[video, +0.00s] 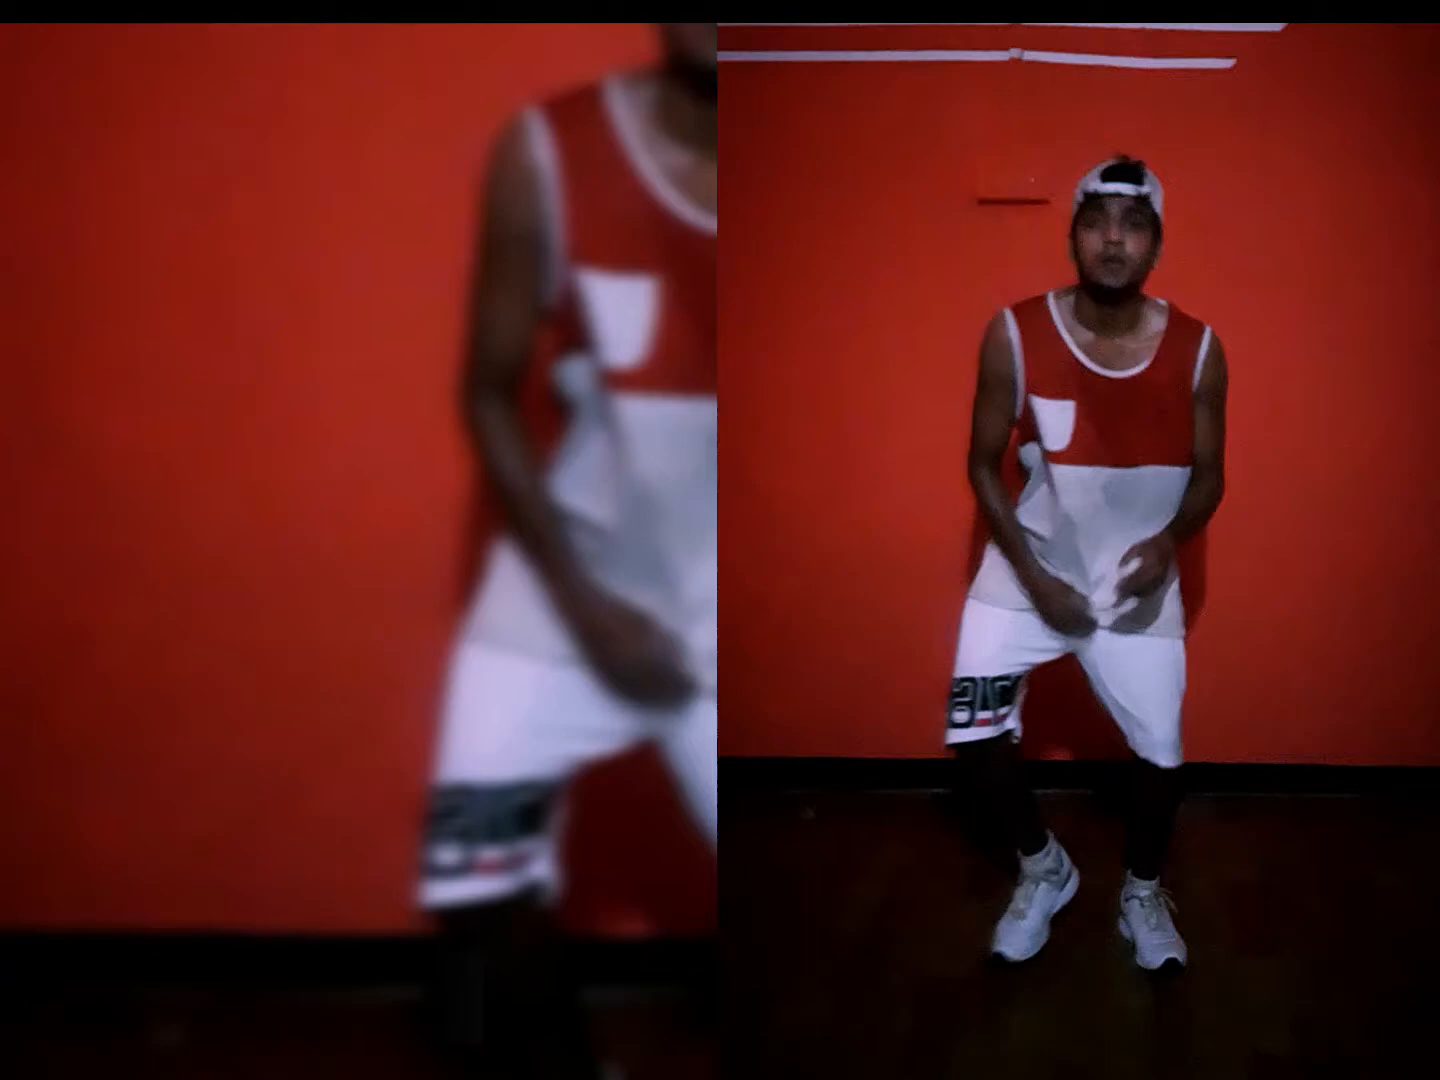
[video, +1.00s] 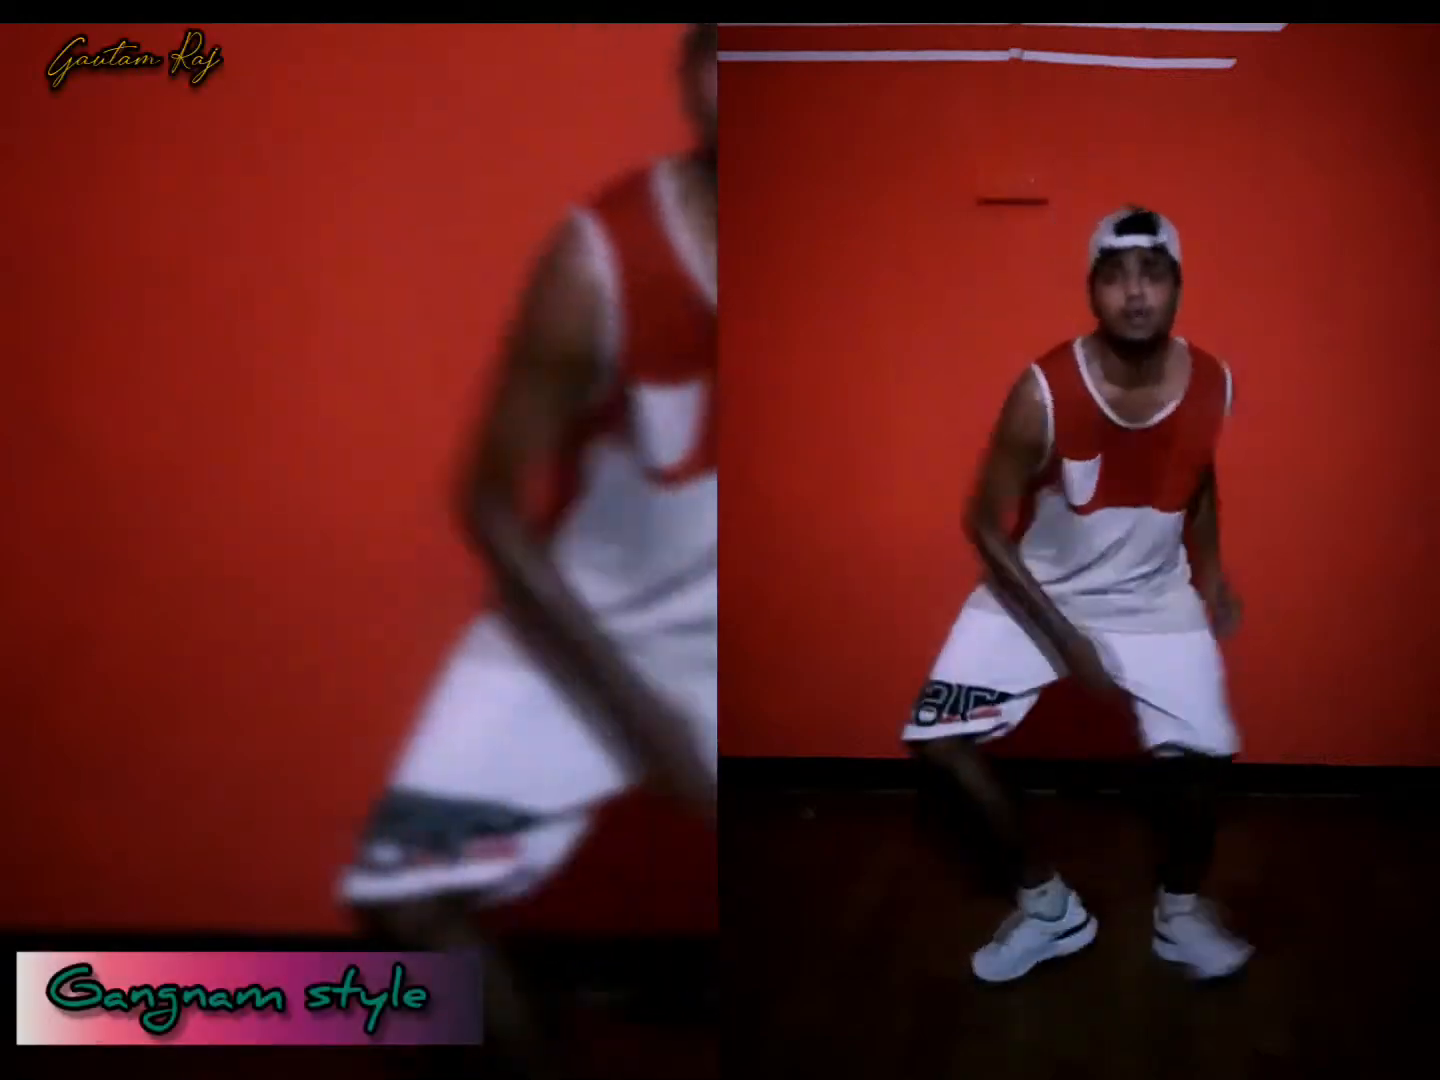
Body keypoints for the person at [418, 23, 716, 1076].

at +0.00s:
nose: (723, 33)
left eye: (737, 23)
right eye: (704, 20)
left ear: (760, 41)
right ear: (660, 25)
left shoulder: (801, 158)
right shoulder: (557, 150)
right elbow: (490, 392)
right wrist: (587, 606)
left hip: (735, 606)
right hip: (566, 591)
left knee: (794, 898)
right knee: (476, 879)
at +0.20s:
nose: (668, 20)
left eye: (691, 3)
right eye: (645, 4)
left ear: (730, 24)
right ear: (609, 23)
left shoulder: (789, 181)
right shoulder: (518, 174)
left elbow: (838, 393)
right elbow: (506, 387)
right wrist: (588, 566)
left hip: (740, 619)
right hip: (562, 611)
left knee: (778, 953)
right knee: (460, 911)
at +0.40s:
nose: (610, 25)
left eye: (641, 8)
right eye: (583, 8)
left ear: (696, 25)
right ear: (546, 29)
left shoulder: (767, 186)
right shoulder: (466, 193)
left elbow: (836, 393)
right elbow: (402, 356)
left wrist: (751, 568)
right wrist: (450, 513)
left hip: (736, 627)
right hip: (557, 628)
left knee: (793, 954)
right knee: (529, 974)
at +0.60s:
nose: (668, 23)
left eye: (691, 5)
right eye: (640, 7)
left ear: (730, 27)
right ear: (599, 27)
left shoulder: (774, 172)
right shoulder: (515, 170)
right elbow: (430, 414)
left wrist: (731, 333)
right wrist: (561, 332)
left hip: (736, 611)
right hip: (565, 610)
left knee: (744, 931)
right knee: (557, 928)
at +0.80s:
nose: (694, 82)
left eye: (718, 50)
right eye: (660, 52)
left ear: (758, 74)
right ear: (620, 79)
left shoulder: (801, 239)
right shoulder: (562, 264)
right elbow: (631, 521)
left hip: (747, 577)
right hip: (589, 585)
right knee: (546, 896)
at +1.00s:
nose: (747, 95)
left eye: (765, 67)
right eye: (727, 64)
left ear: (826, 92)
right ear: (693, 80)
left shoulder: (858, 244)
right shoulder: (610, 255)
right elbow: (494, 507)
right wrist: (657, 738)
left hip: (781, 626)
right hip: (601, 631)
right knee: (410, 891)